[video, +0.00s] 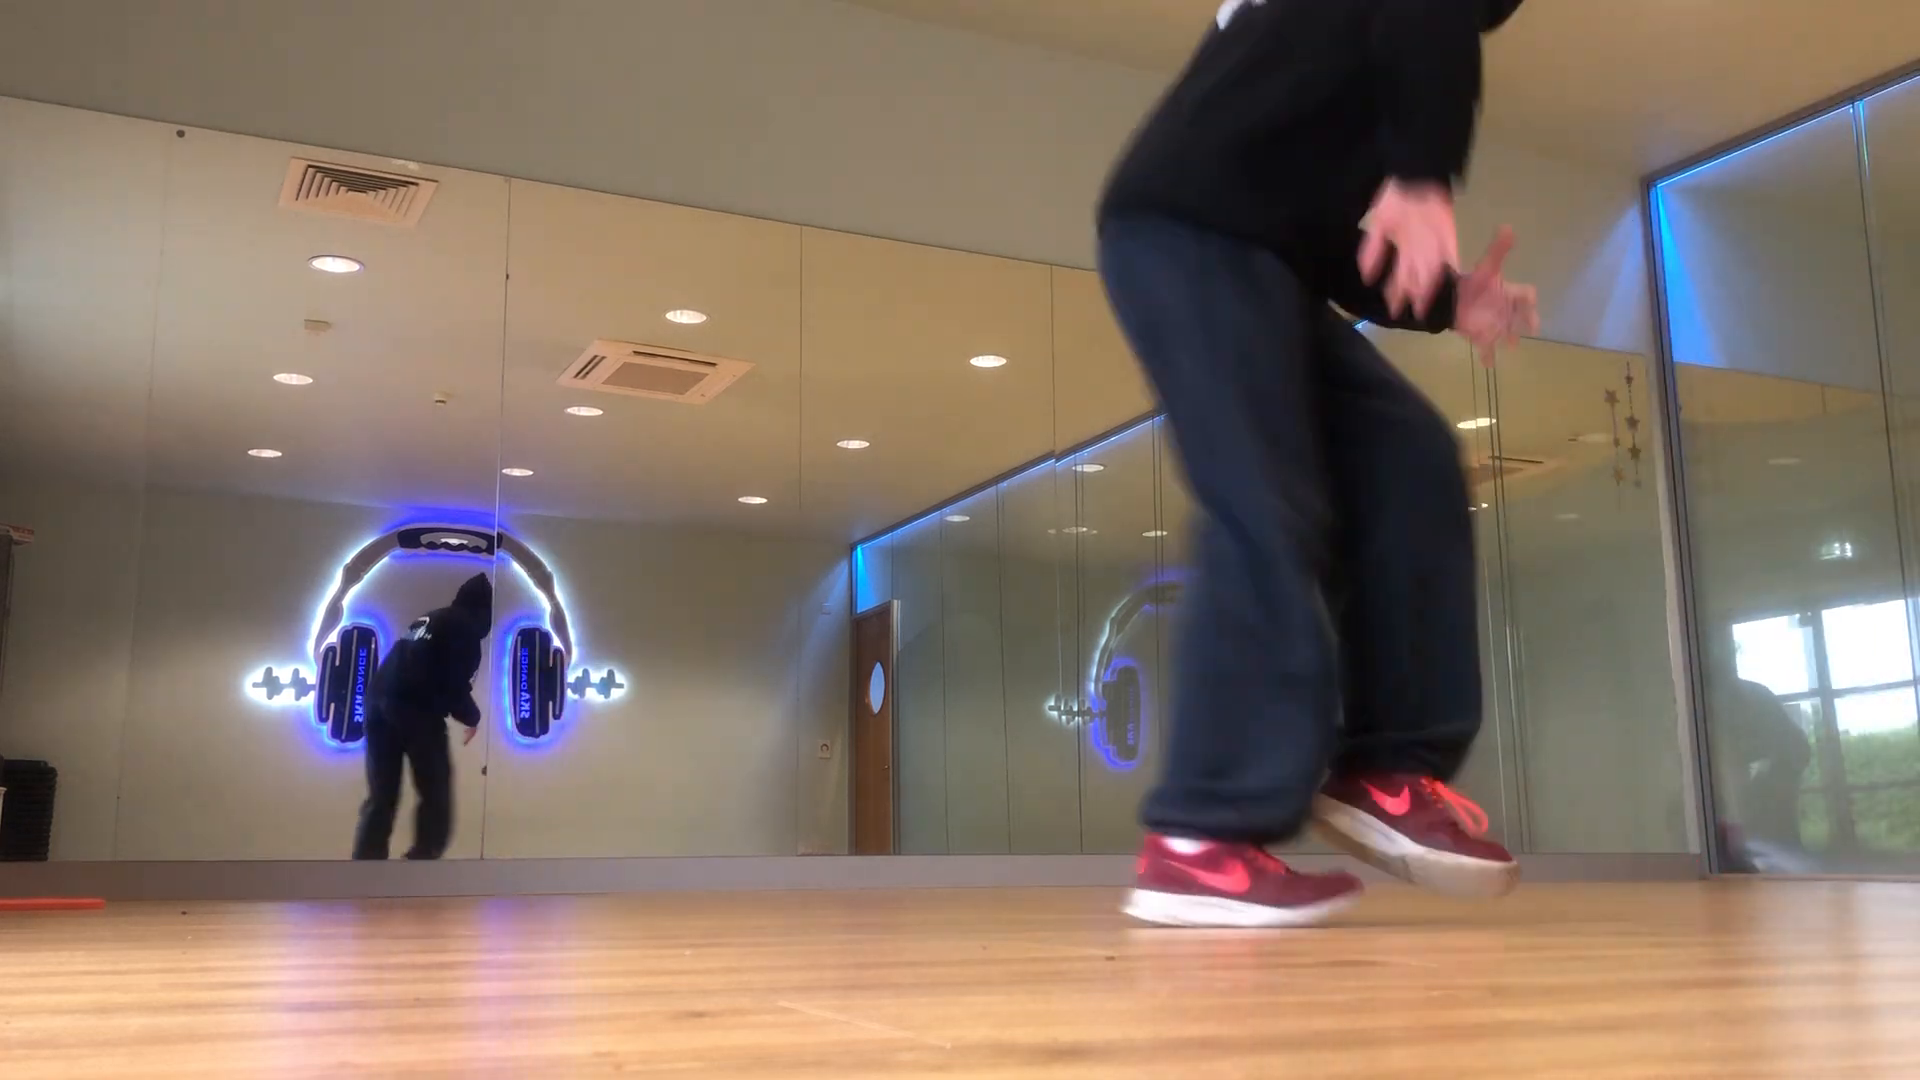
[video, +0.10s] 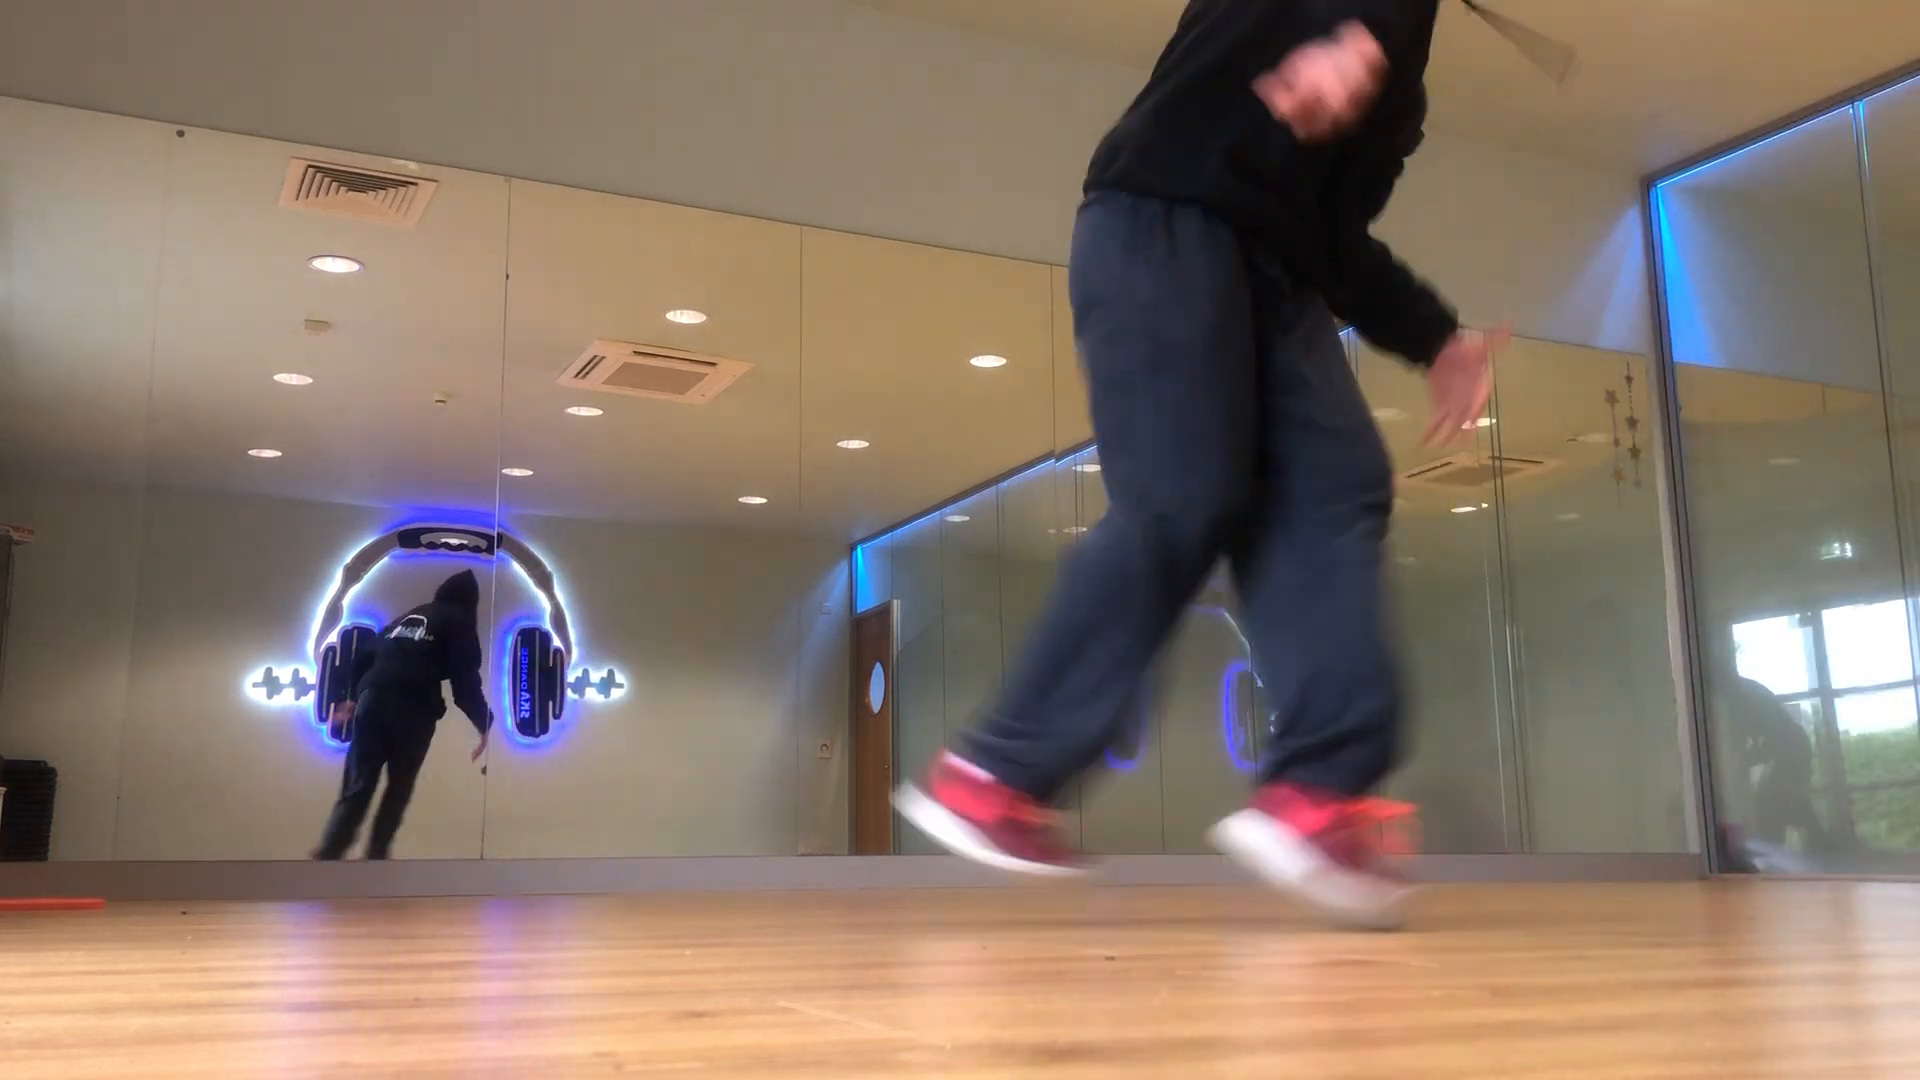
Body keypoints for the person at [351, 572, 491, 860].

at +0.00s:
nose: (489, 618)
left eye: (489, 611)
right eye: (488, 611)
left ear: (459, 599)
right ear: (483, 606)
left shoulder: (429, 618)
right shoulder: (465, 627)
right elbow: (452, 683)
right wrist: (472, 717)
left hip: (379, 709)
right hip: (420, 713)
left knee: (382, 794)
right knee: (436, 792)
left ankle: (365, 867)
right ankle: (422, 862)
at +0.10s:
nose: (475, 608)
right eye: (474, 602)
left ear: (441, 591)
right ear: (470, 599)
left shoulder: (411, 615)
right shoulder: (460, 621)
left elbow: (366, 652)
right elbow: (464, 681)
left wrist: (351, 697)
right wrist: (483, 723)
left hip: (372, 702)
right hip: (415, 710)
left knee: (358, 784)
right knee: (399, 787)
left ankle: (327, 854)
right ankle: (376, 857)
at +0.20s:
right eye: (457, 607)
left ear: (423, 599)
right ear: (456, 608)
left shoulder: (393, 625)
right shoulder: (457, 643)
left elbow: (337, 653)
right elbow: (463, 698)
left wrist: (325, 693)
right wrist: (453, 748)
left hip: (364, 721)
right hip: (409, 734)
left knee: (337, 788)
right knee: (379, 806)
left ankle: (304, 832)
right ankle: (343, 868)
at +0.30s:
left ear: (417, 593)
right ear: (451, 603)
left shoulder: (394, 616)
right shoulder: (458, 638)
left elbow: (343, 654)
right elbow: (448, 692)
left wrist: (325, 700)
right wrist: (424, 733)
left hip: (366, 707)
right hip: (408, 721)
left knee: (335, 777)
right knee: (380, 797)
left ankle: (323, 846)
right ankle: (355, 866)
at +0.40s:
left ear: (410, 599)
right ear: (442, 607)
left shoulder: (390, 621)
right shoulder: (454, 642)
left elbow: (358, 661)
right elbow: (453, 692)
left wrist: (341, 707)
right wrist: (432, 733)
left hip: (370, 705)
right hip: (412, 716)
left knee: (352, 773)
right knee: (382, 779)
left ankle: (343, 851)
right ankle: (367, 844)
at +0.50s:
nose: (387, 617)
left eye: (390, 613)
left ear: (396, 611)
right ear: (427, 614)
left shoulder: (386, 633)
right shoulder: (449, 648)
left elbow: (361, 680)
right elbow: (454, 705)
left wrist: (352, 729)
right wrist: (440, 755)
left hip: (384, 719)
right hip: (427, 727)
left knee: (353, 796)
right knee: (376, 791)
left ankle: (347, 869)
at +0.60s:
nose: (387, 611)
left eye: (390, 605)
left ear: (398, 600)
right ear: (427, 600)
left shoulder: (393, 622)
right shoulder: (457, 632)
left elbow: (376, 675)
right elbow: (458, 697)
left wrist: (378, 710)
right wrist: (443, 751)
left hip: (399, 717)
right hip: (443, 720)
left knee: (366, 793)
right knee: (417, 796)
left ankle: (352, 865)